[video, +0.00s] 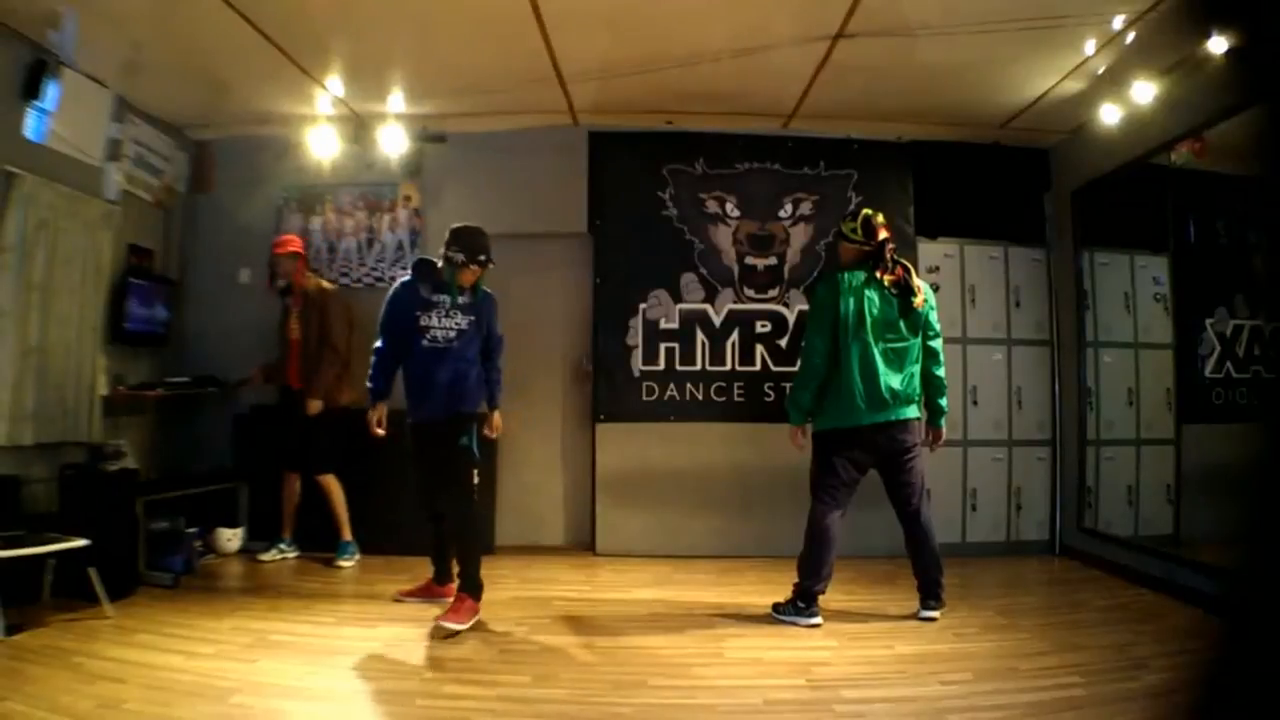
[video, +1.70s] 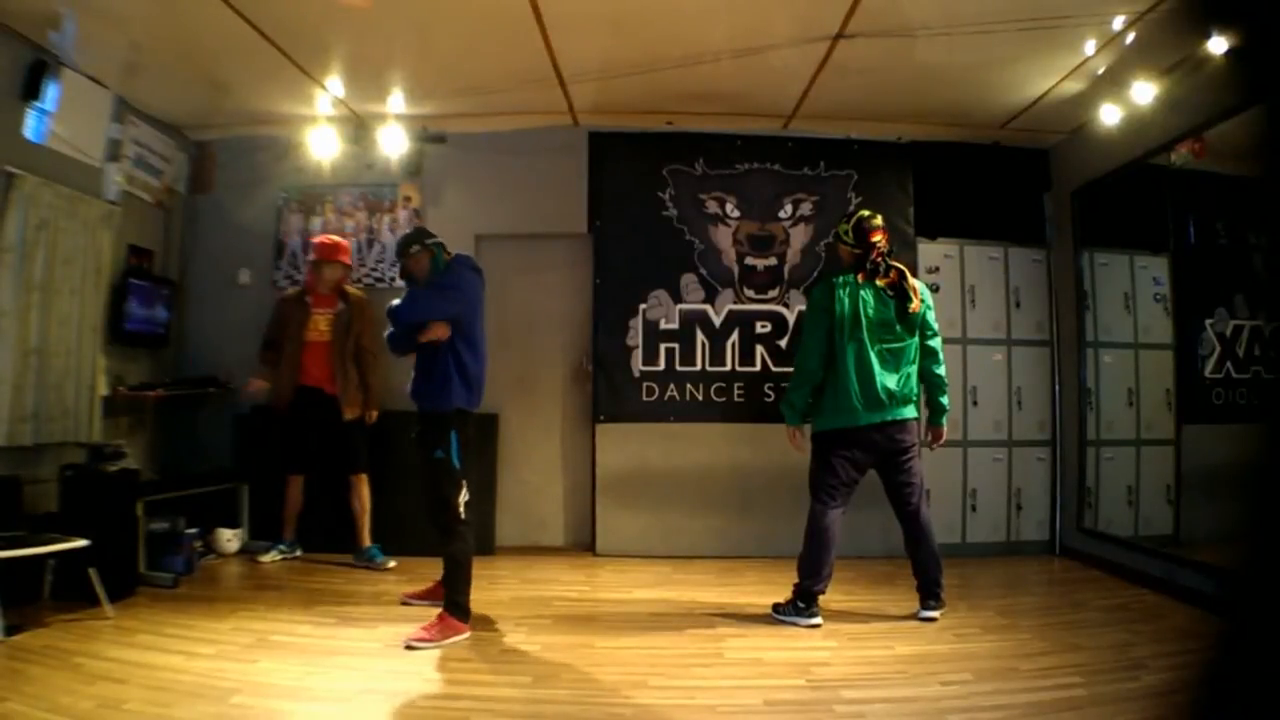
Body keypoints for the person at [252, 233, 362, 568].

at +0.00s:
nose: (280, 268)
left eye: (285, 261)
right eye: (277, 262)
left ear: (300, 261)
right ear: (277, 266)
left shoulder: (327, 296)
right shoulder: (288, 300)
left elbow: (335, 349)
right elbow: (290, 355)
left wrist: (319, 392)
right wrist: (268, 374)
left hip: (323, 397)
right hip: (293, 394)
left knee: (322, 469)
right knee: (291, 468)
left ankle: (347, 541)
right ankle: (287, 539)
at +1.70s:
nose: (335, 272)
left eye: (339, 266)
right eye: (329, 265)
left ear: (347, 269)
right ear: (315, 266)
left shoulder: (357, 305)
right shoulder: (290, 303)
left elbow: (367, 353)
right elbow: (273, 346)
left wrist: (371, 399)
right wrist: (267, 376)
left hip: (344, 399)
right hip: (301, 395)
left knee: (357, 471)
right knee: (295, 470)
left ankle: (365, 545)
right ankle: (288, 541)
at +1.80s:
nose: (363, 276)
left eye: (366, 271)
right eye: (358, 270)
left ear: (368, 275)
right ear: (339, 269)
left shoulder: (374, 310)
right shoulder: (308, 304)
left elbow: (381, 358)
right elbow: (294, 352)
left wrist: (382, 405)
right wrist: (303, 394)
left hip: (359, 402)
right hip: (317, 399)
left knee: (371, 474)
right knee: (301, 471)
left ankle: (366, 545)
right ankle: (288, 539)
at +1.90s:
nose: (384, 281)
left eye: (387, 274)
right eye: (380, 273)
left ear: (388, 279)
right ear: (363, 272)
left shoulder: (389, 313)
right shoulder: (331, 305)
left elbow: (392, 363)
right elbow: (324, 359)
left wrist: (397, 409)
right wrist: (340, 405)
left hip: (377, 403)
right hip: (339, 400)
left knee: (384, 475)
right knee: (318, 470)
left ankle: (367, 545)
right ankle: (290, 534)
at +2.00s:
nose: (397, 279)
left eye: (401, 273)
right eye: (393, 272)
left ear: (406, 276)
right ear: (380, 271)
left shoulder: (406, 306)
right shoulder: (353, 300)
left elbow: (408, 354)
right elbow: (348, 357)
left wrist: (409, 396)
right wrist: (368, 401)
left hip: (395, 398)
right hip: (360, 396)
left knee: (391, 475)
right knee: (353, 473)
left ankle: (369, 546)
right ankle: (312, 532)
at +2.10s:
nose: (412, 279)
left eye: (413, 269)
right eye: (408, 272)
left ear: (427, 256)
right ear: (425, 258)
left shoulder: (460, 278)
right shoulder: (449, 282)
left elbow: (418, 340)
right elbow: (411, 344)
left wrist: (417, 330)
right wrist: (433, 333)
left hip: (451, 407)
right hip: (435, 406)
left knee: (453, 507)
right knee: (440, 499)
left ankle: (457, 613)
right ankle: (448, 583)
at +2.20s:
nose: (412, 277)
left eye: (415, 266)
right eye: (408, 269)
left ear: (431, 255)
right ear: (423, 260)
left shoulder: (461, 277)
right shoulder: (450, 280)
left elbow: (420, 336)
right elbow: (406, 341)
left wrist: (413, 332)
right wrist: (433, 333)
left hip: (451, 408)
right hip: (436, 407)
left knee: (451, 510)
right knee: (441, 504)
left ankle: (456, 614)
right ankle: (448, 585)